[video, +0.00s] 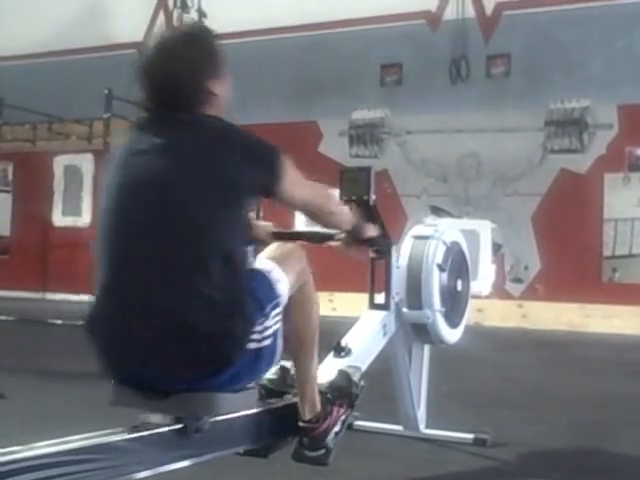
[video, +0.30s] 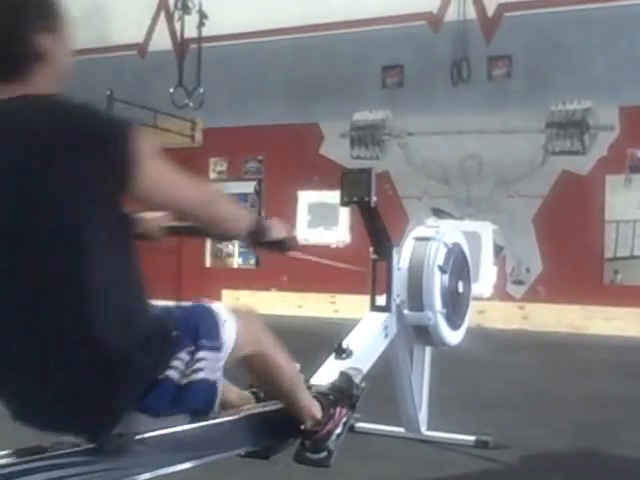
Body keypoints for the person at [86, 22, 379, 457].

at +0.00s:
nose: (228, 84)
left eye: (224, 73)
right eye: (223, 73)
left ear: (153, 87)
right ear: (210, 85)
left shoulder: (131, 149)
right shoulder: (230, 146)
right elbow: (320, 202)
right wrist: (354, 224)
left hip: (126, 361)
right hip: (205, 365)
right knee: (293, 256)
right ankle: (311, 410)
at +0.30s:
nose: (70, 50)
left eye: (67, 38)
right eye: (64, 38)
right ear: (41, 44)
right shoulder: (88, 132)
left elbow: (38, 222)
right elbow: (211, 208)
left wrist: (130, 224)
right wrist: (260, 228)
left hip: (25, 379)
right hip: (108, 362)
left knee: (203, 379)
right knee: (250, 331)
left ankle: (260, 415)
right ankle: (315, 418)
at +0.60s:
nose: (58, 60)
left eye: (55, 47)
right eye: (52, 46)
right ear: (29, 48)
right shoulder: (47, 135)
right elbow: (55, 273)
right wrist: (127, 250)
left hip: (10, 365)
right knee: (243, 333)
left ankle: (245, 407)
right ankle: (312, 420)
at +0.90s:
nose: (178, 78)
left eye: (174, 65)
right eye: (173, 65)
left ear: (95, 79)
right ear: (157, 74)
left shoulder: (57, 150)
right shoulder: (182, 153)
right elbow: (273, 266)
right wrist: (276, 229)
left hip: (85, 381)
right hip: (164, 380)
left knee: (206, 274)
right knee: (281, 283)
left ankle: (246, 416)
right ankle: (317, 421)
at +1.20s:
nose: (268, 116)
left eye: (265, 106)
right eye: (265, 106)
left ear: (198, 116)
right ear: (255, 115)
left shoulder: (171, 167)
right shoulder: (276, 173)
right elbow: (351, 240)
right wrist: (379, 261)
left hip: (161, 366)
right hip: (240, 369)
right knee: (314, 250)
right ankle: (317, 418)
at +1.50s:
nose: (260, 110)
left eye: (256, 99)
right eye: (255, 99)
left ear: (189, 109)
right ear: (243, 109)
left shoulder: (162, 163)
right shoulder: (255, 163)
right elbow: (344, 221)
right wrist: (378, 246)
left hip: (152, 370)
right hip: (229, 373)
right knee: (306, 257)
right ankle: (318, 423)